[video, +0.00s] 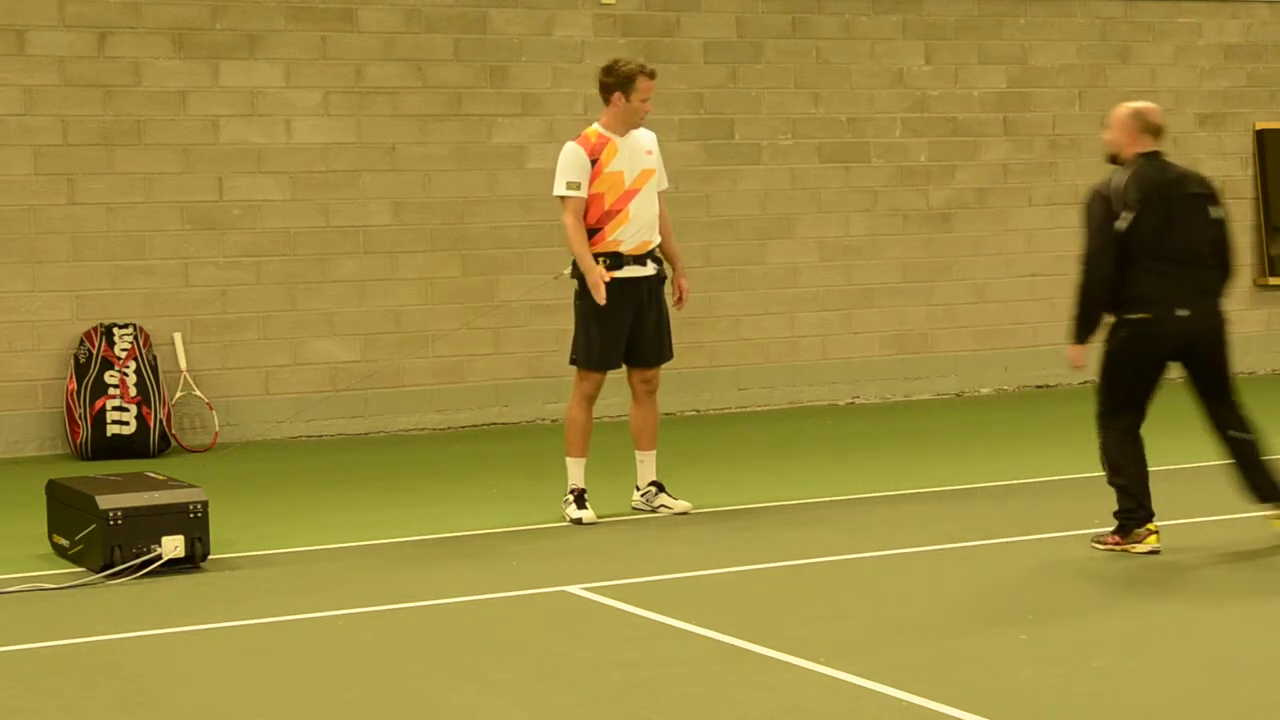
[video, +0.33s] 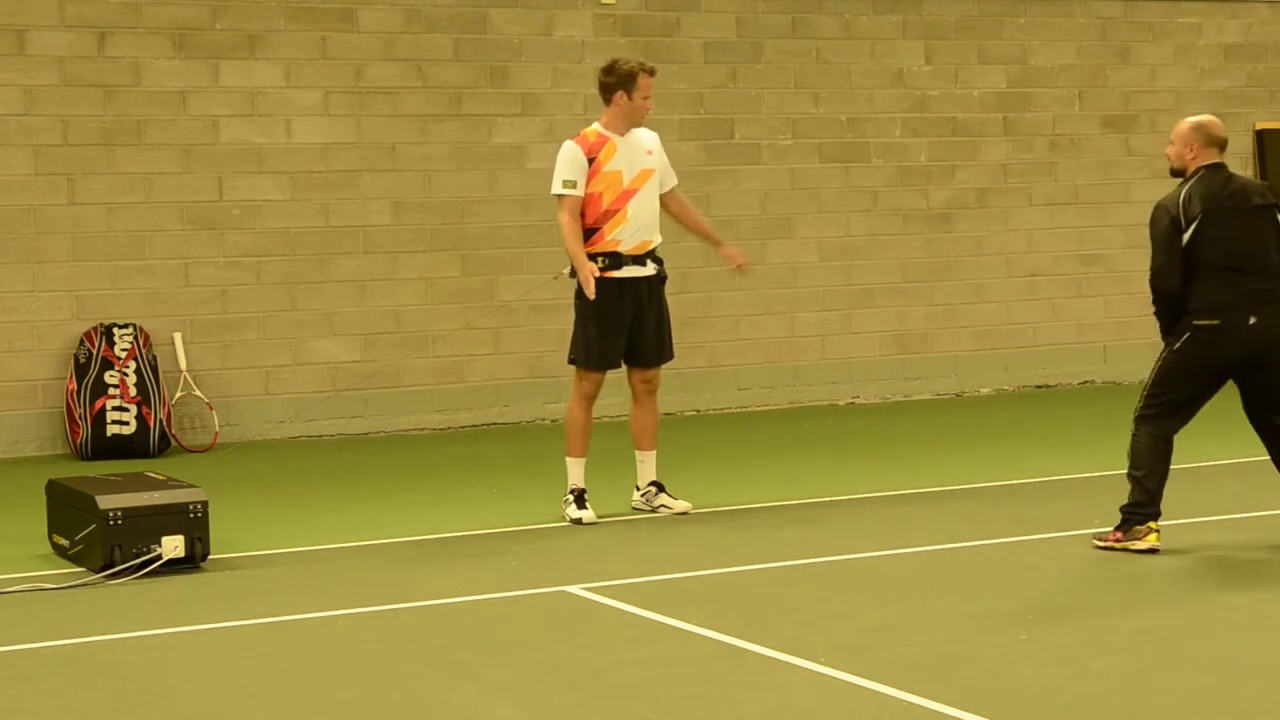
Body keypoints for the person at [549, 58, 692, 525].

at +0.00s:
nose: (649, 108)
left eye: (651, 100)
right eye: (643, 101)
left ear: (628, 100)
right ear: (616, 99)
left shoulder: (647, 141)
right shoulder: (580, 150)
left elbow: (657, 209)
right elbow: (571, 216)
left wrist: (676, 266)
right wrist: (589, 269)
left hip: (648, 279)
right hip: (602, 281)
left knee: (646, 384)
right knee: (587, 388)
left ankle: (647, 487)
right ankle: (576, 492)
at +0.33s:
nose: (651, 105)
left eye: (652, 98)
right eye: (646, 98)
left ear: (633, 99)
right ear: (618, 98)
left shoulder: (650, 143)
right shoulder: (579, 149)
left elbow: (677, 204)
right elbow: (568, 215)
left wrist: (721, 243)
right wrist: (582, 266)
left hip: (647, 281)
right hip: (601, 282)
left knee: (646, 383)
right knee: (586, 388)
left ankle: (647, 488)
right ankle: (575, 494)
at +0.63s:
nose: (648, 105)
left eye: (649, 98)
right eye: (642, 98)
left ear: (632, 99)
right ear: (615, 98)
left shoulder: (652, 142)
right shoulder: (578, 149)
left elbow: (706, 177)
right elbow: (568, 213)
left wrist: (768, 198)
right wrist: (577, 266)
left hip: (646, 279)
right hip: (599, 280)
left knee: (646, 383)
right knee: (587, 387)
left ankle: (648, 487)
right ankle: (576, 493)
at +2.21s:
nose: (620, 113)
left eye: (626, 105)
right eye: (611, 105)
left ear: (634, 101)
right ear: (594, 101)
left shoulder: (651, 143)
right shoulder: (574, 151)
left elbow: (686, 197)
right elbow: (556, 214)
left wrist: (733, 239)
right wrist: (553, 263)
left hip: (645, 280)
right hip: (597, 282)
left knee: (645, 384)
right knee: (586, 387)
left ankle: (647, 487)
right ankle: (575, 493)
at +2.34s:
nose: (617, 113)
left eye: (623, 105)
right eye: (609, 105)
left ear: (631, 101)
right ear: (591, 101)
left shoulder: (649, 142)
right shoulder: (572, 151)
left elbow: (663, 207)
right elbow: (553, 213)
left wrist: (680, 262)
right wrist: (543, 263)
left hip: (646, 279)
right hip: (598, 282)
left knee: (646, 383)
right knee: (586, 387)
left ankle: (647, 487)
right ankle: (576, 492)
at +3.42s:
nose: (617, 110)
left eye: (625, 102)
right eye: (614, 101)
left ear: (645, 102)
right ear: (611, 101)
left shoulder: (683, 143)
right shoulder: (603, 146)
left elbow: (703, 218)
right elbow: (571, 205)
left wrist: (719, 274)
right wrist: (523, 245)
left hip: (668, 278)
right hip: (617, 277)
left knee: (662, 384)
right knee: (598, 383)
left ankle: (656, 487)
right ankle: (577, 489)